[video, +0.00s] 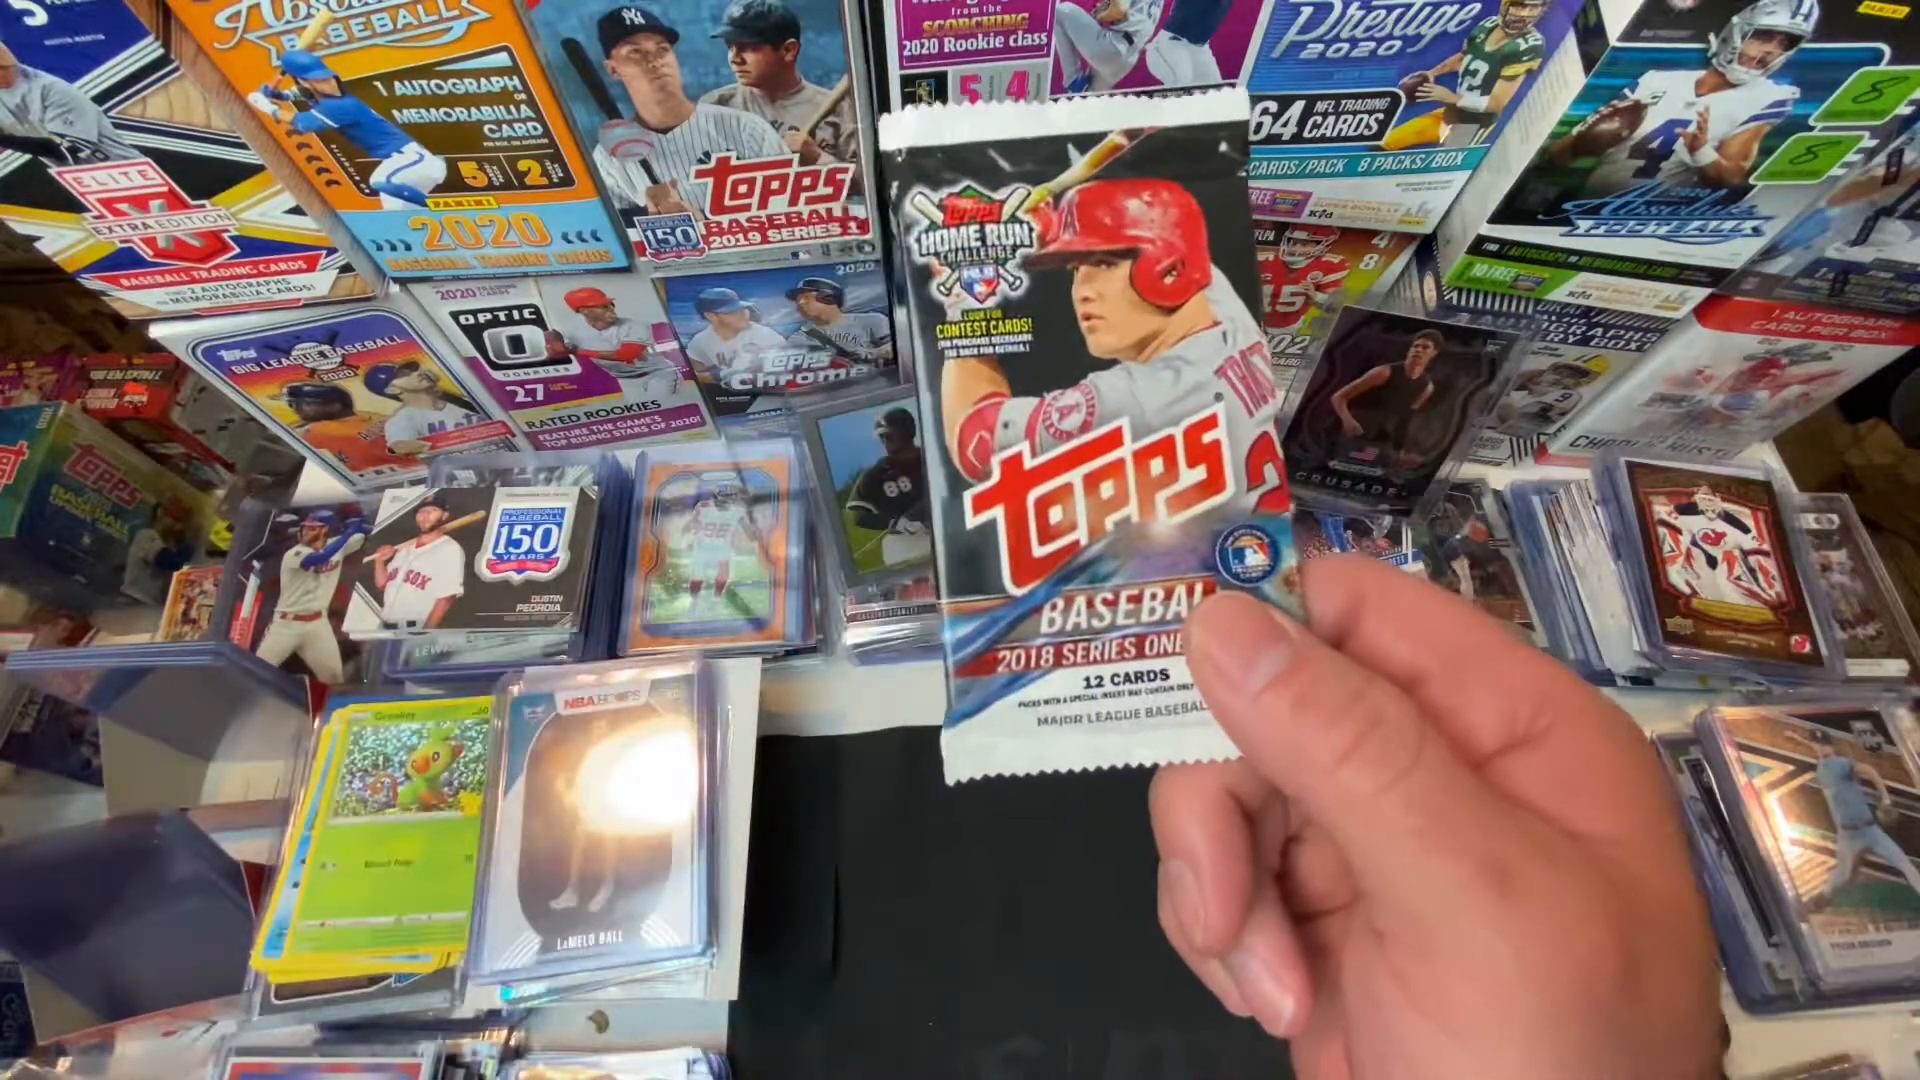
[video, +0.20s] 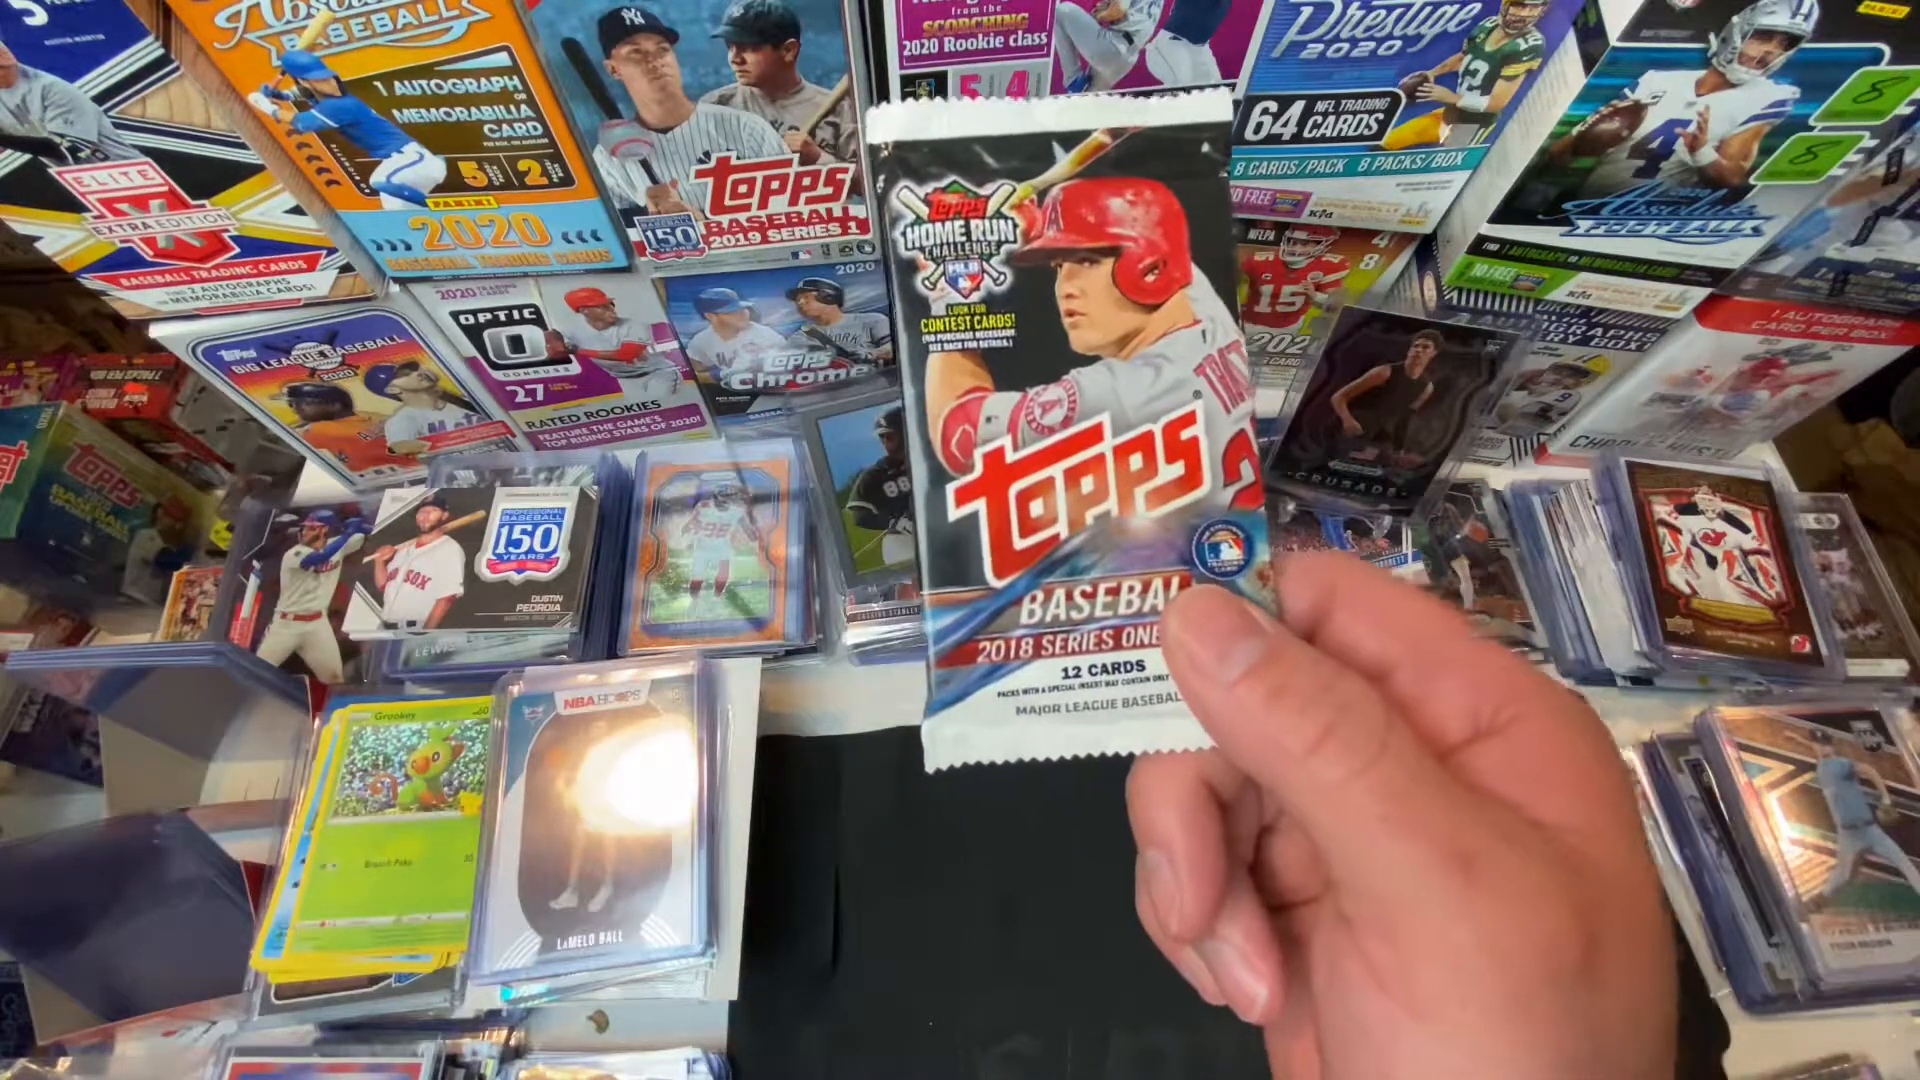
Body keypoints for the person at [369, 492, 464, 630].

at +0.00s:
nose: (425, 517)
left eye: (431, 512)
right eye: (421, 511)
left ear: (444, 516)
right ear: (416, 516)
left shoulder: (451, 549)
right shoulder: (405, 548)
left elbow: (446, 598)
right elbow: (381, 585)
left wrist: (425, 634)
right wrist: (379, 561)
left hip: (416, 630)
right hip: (387, 627)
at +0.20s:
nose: (425, 516)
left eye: (432, 511)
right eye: (422, 511)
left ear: (445, 516)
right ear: (416, 515)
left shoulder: (450, 549)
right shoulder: (405, 548)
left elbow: (447, 598)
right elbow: (382, 585)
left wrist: (425, 634)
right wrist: (379, 561)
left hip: (416, 630)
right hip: (386, 627)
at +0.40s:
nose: (425, 516)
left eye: (432, 511)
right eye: (422, 511)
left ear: (444, 516)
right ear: (416, 515)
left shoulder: (451, 549)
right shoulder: (405, 548)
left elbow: (447, 598)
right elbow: (382, 585)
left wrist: (425, 633)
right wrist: (379, 561)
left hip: (416, 630)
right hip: (386, 627)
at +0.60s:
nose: (426, 516)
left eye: (433, 511)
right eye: (422, 511)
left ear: (444, 515)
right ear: (416, 515)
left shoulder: (450, 550)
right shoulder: (405, 548)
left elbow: (447, 598)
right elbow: (382, 586)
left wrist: (424, 634)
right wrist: (379, 561)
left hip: (416, 630)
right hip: (386, 627)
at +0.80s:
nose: (426, 516)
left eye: (432, 511)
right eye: (422, 511)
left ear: (444, 515)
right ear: (416, 515)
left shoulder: (451, 550)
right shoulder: (406, 548)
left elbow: (446, 599)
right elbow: (382, 585)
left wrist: (424, 635)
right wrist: (379, 561)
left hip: (415, 631)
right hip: (386, 627)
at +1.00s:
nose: (425, 516)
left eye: (432, 511)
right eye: (422, 511)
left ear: (444, 516)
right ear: (416, 516)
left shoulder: (451, 550)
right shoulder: (406, 548)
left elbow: (446, 599)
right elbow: (382, 585)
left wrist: (424, 635)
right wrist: (379, 561)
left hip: (415, 631)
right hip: (386, 627)